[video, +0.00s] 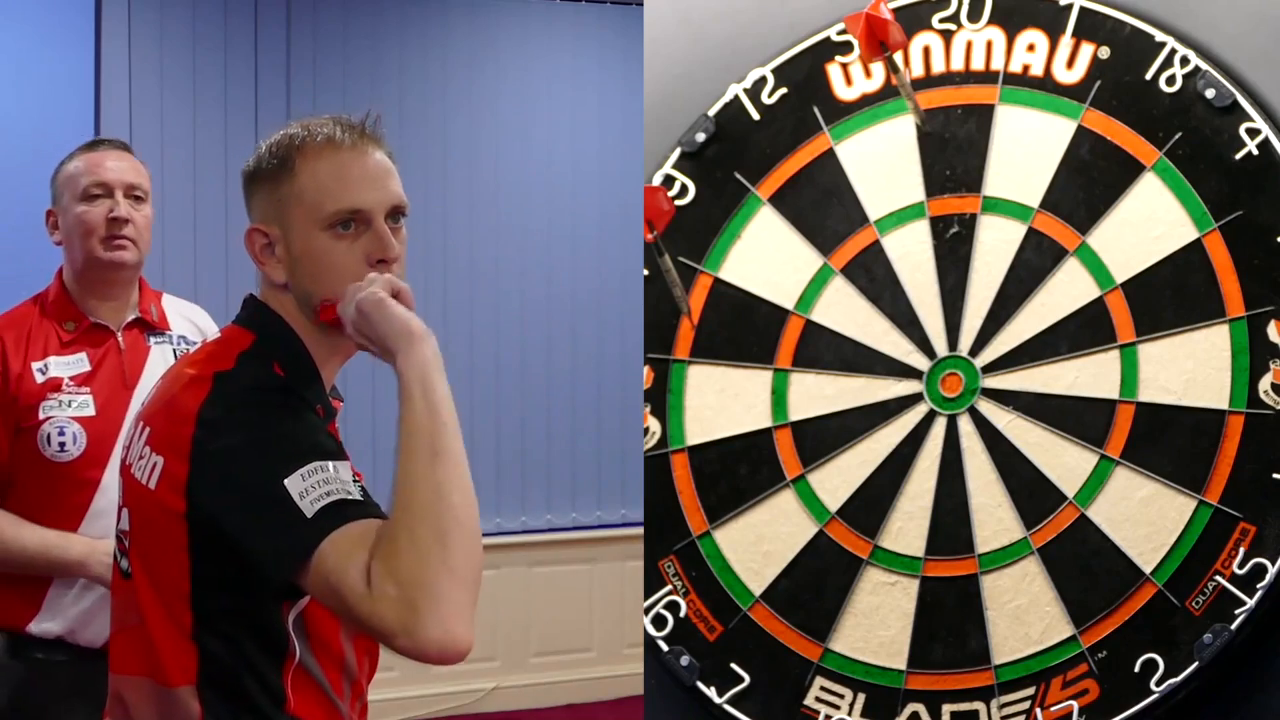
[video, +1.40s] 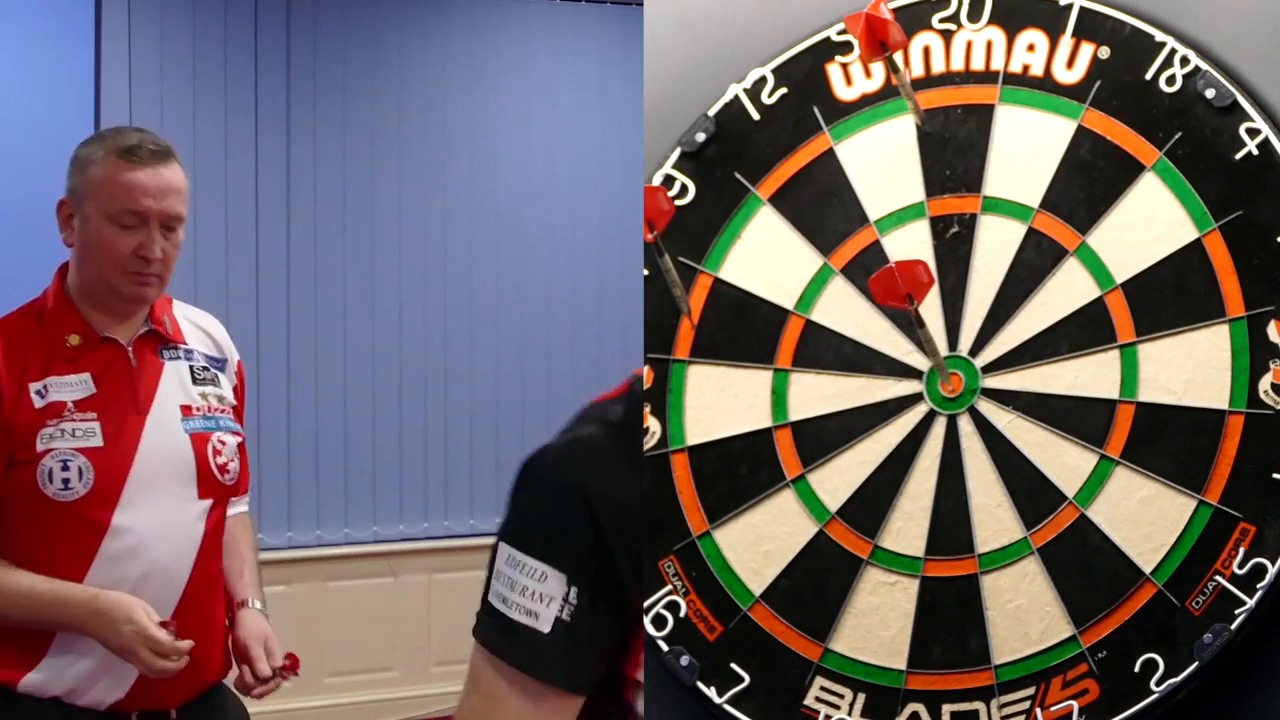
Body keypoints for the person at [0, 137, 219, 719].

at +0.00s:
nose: (120, 210)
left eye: (135, 197)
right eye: (96, 196)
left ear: (152, 221)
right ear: (55, 225)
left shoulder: (197, 331)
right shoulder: (11, 342)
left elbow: (242, 474)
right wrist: (91, 555)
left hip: (177, 652)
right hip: (43, 660)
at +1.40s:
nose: (153, 249)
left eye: (170, 227)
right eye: (128, 224)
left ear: (185, 231)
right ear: (69, 222)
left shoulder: (211, 346)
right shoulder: (9, 357)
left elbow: (230, 499)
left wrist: (247, 605)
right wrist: (90, 610)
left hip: (199, 697)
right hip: (47, 699)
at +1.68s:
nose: (236, 289)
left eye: (254, 265)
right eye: (212, 263)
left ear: (268, 255)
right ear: (147, 244)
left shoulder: (261, 360)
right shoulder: (63, 377)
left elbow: (260, 530)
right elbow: (7, 577)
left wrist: (296, 637)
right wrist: (166, 637)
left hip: (244, 704)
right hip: (102, 708)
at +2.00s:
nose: (305, 239)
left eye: (319, 214)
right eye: (276, 213)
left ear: (331, 221)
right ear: (209, 224)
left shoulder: (309, 346)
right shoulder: (140, 362)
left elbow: (316, 532)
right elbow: (75, 572)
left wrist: (362, 652)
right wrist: (263, 630)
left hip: (311, 704)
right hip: (184, 708)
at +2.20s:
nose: (321, 212)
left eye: (333, 190)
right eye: (290, 189)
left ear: (346, 204)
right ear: (225, 216)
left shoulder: (313, 340)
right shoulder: (186, 346)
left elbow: (323, 541)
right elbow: (126, 568)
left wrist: (388, 667)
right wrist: (330, 630)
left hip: (339, 702)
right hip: (228, 704)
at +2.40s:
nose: (341, 201)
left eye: (352, 181)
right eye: (308, 179)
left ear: (365, 199)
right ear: (242, 211)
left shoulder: (310, 337)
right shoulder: (227, 338)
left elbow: (316, 543)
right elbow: (187, 568)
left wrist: (400, 663)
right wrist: (399, 622)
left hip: (355, 703)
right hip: (263, 704)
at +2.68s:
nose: (375, 193)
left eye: (385, 172)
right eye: (339, 171)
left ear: (397, 193)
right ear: (271, 208)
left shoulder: (331, 336)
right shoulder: (275, 345)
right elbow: (261, 589)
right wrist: (482, 643)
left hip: (371, 701)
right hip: (308, 704)